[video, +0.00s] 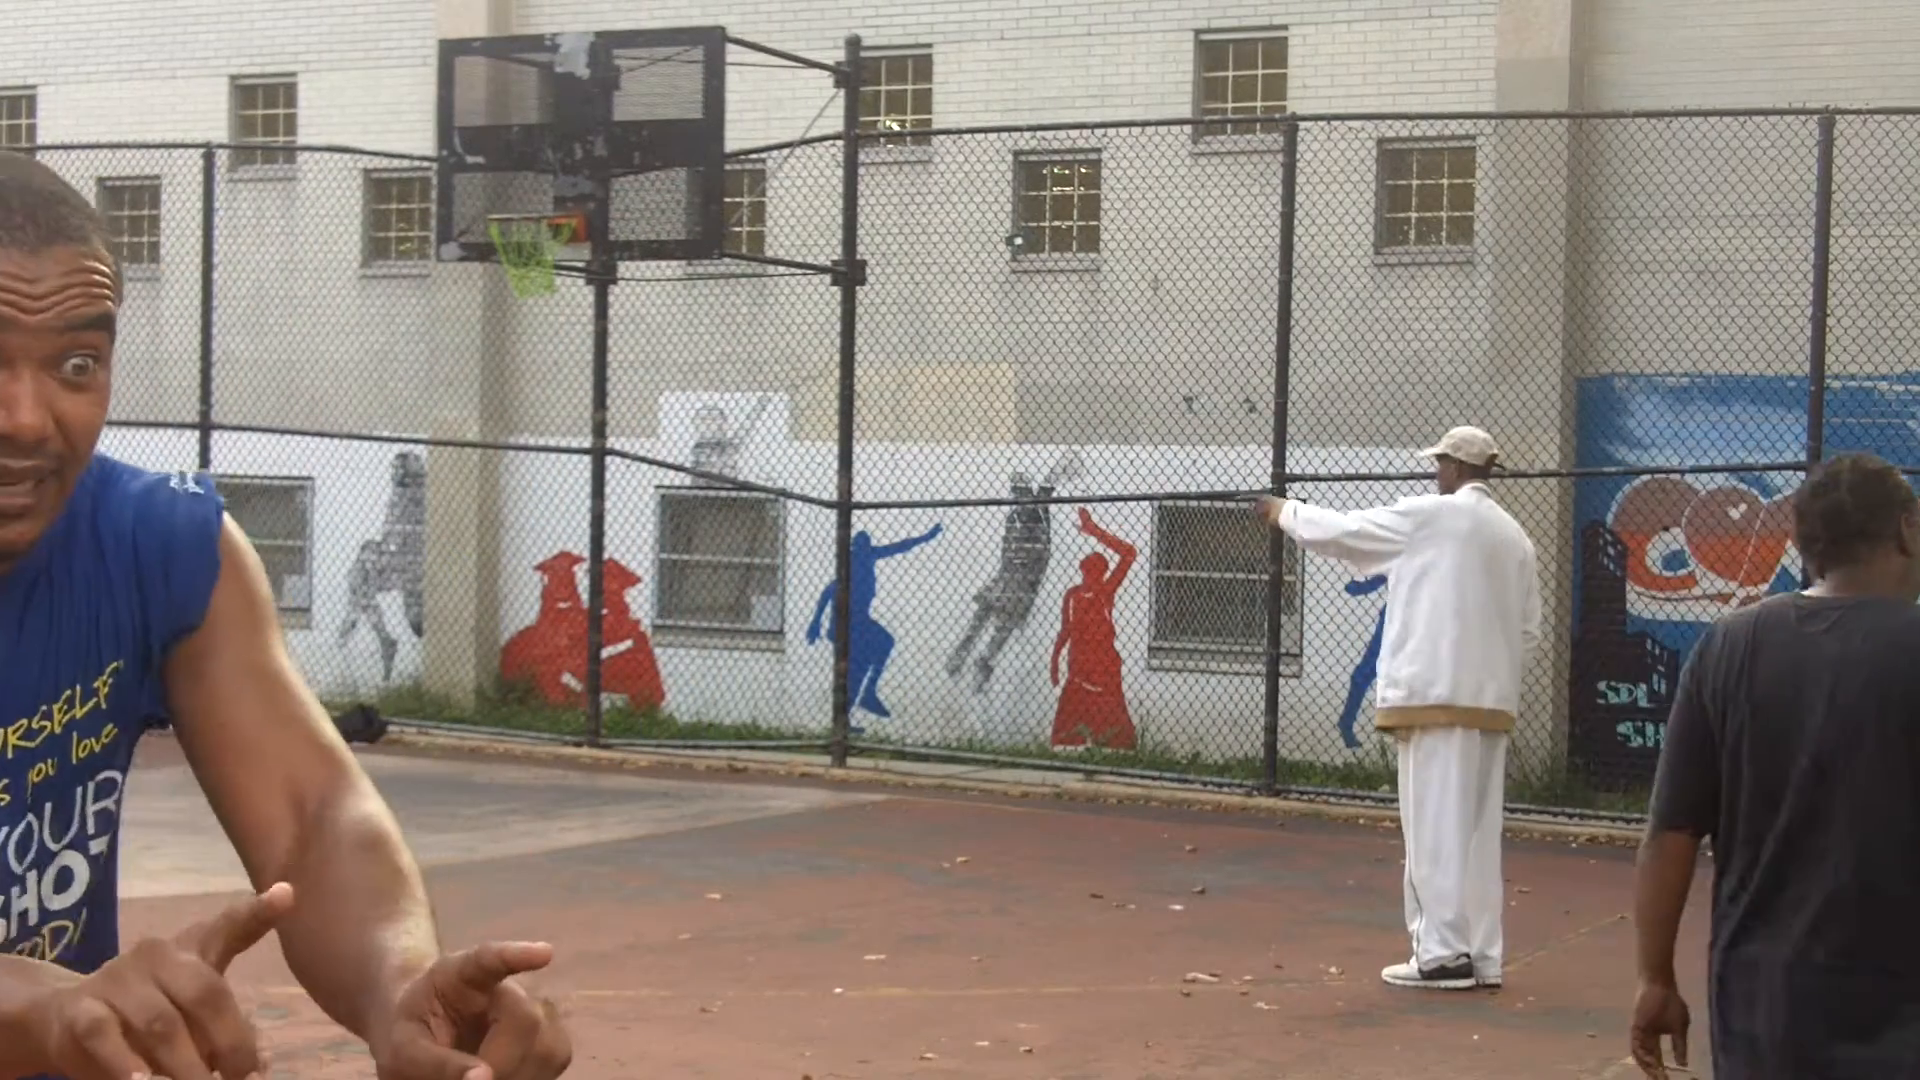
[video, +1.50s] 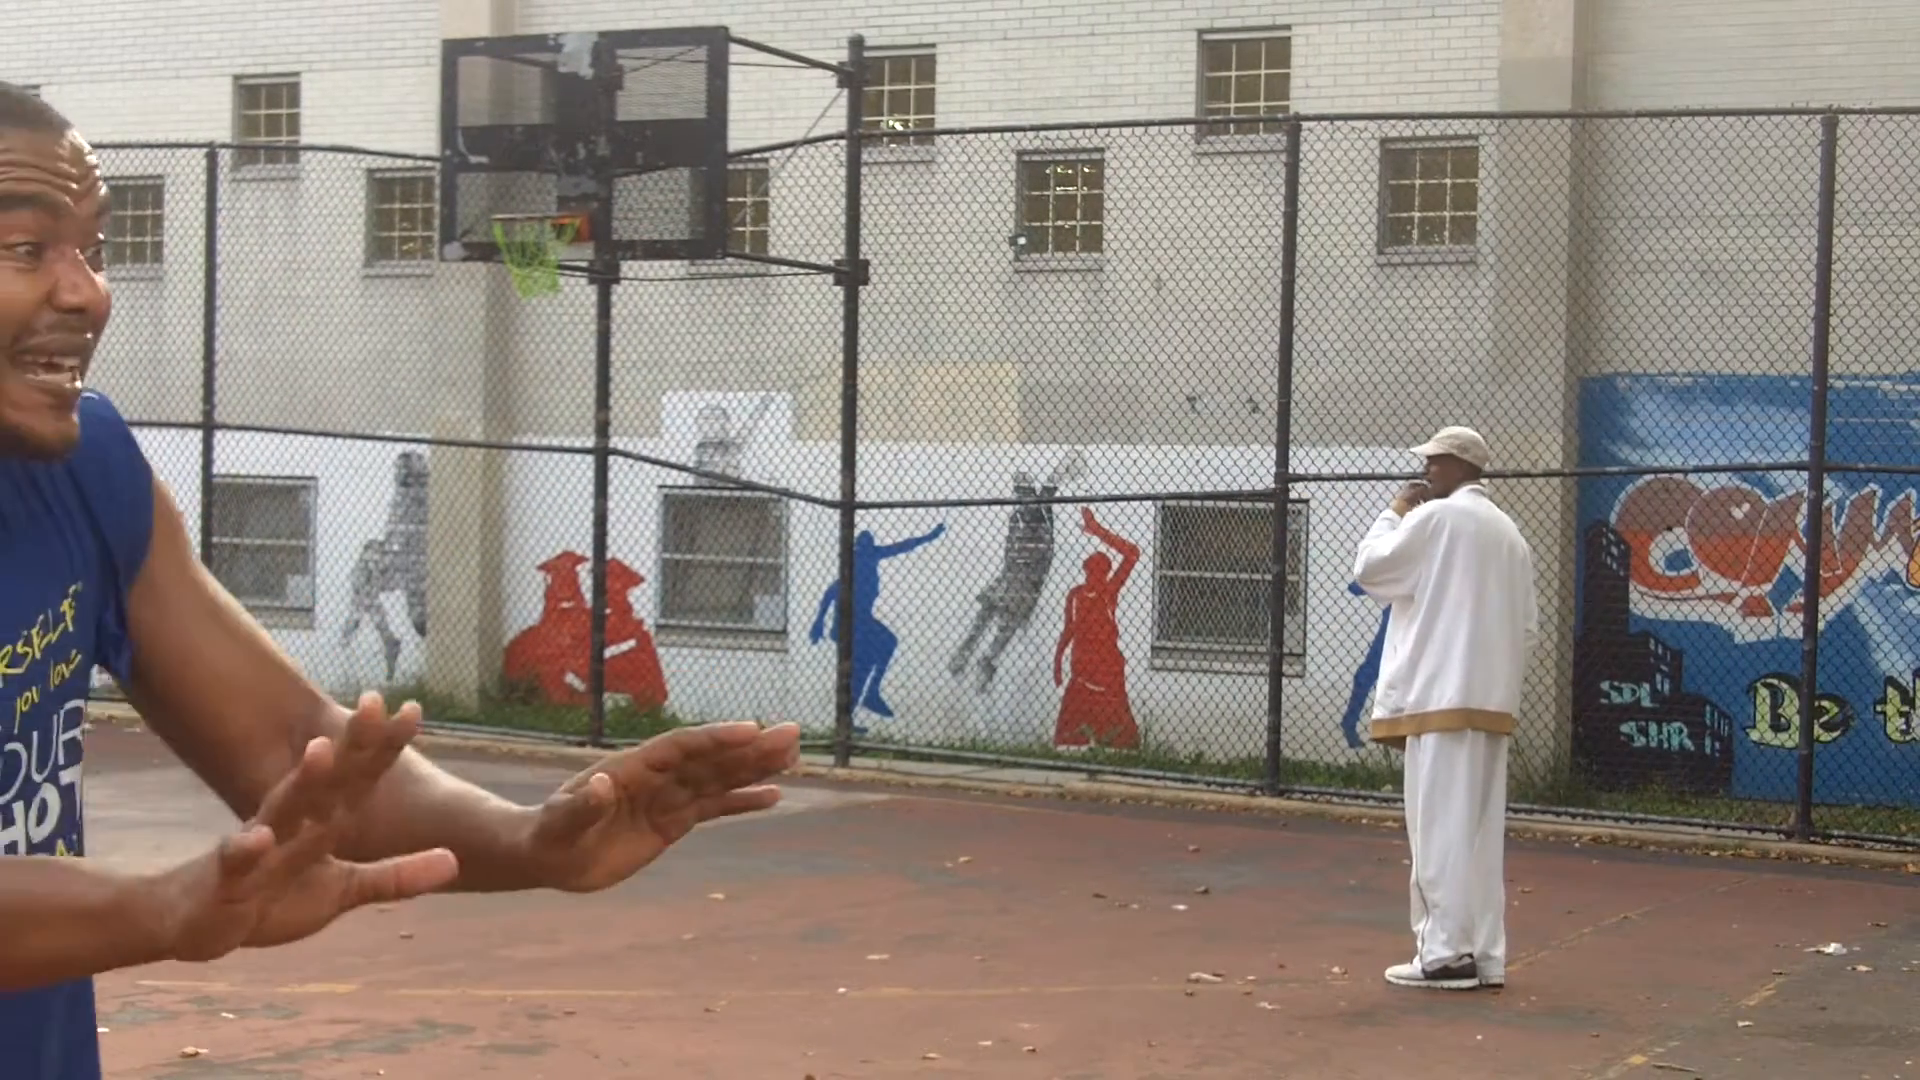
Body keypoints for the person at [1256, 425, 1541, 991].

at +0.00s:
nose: (1433, 477)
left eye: (1438, 469)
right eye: (1436, 468)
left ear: (1456, 471)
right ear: (1484, 474)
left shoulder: (1431, 516)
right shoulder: (1518, 539)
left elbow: (1343, 531)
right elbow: (1529, 627)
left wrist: (1282, 511)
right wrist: (1497, 682)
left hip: (1436, 690)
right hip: (1494, 696)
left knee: (1434, 824)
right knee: (1480, 826)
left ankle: (1442, 954)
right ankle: (1482, 958)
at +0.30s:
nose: (1435, 475)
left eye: (1441, 467)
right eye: (1439, 466)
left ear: (1456, 471)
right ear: (1488, 475)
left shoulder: (1429, 515)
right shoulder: (1517, 539)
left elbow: (1343, 534)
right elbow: (1530, 630)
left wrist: (1293, 506)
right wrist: (1497, 682)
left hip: (1432, 691)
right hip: (1491, 697)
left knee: (1430, 824)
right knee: (1478, 826)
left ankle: (1440, 955)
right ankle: (1481, 957)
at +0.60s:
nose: (1436, 475)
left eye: (1442, 466)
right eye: (1440, 466)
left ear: (1456, 470)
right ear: (1488, 475)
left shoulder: (1433, 516)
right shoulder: (1519, 539)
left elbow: (1348, 535)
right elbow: (1532, 629)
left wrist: (1305, 506)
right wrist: (1498, 681)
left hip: (1436, 692)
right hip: (1494, 698)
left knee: (1434, 824)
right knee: (1482, 826)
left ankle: (1443, 955)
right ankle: (1484, 957)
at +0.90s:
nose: (1436, 474)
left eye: (1442, 465)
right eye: (1439, 465)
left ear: (1458, 469)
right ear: (1487, 474)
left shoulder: (1434, 516)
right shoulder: (1519, 538)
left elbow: (1349, 534)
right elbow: (1532, 630)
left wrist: (1312, 501)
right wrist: (1495, 679)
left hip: (1438, 690)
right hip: (1494, 697)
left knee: (1436, 822)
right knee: (1483, 824)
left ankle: (1444, 953)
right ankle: (1485, 956)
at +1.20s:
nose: (1430, 475)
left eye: (1435, 466)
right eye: (1432, 466)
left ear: (1453, 470)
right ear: (1481, 474)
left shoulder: (1436, 518)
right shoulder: (1517, 536)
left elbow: (1362, 561)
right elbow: (1530, 626)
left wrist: (1393, 507)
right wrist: (1501, 684)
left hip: (1440, 688)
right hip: (1496, 693)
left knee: (1439, 822)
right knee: (1484, 824)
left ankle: (1445, 952)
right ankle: (1485, 956)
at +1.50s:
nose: (1426, 472)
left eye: (1434, 463)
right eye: (1428, 463)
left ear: (1460, 469)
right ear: (1478, 473)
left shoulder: (1439, 519)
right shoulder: (1513, 535)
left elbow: (1370, 568)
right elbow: (1529, 626)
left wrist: (1396, 512)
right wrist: (1498, 680)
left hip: (1443, 690)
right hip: (1495, 695)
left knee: (1439, 823)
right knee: (1483, 824)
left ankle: (1445, 953)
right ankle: (1485, 956)